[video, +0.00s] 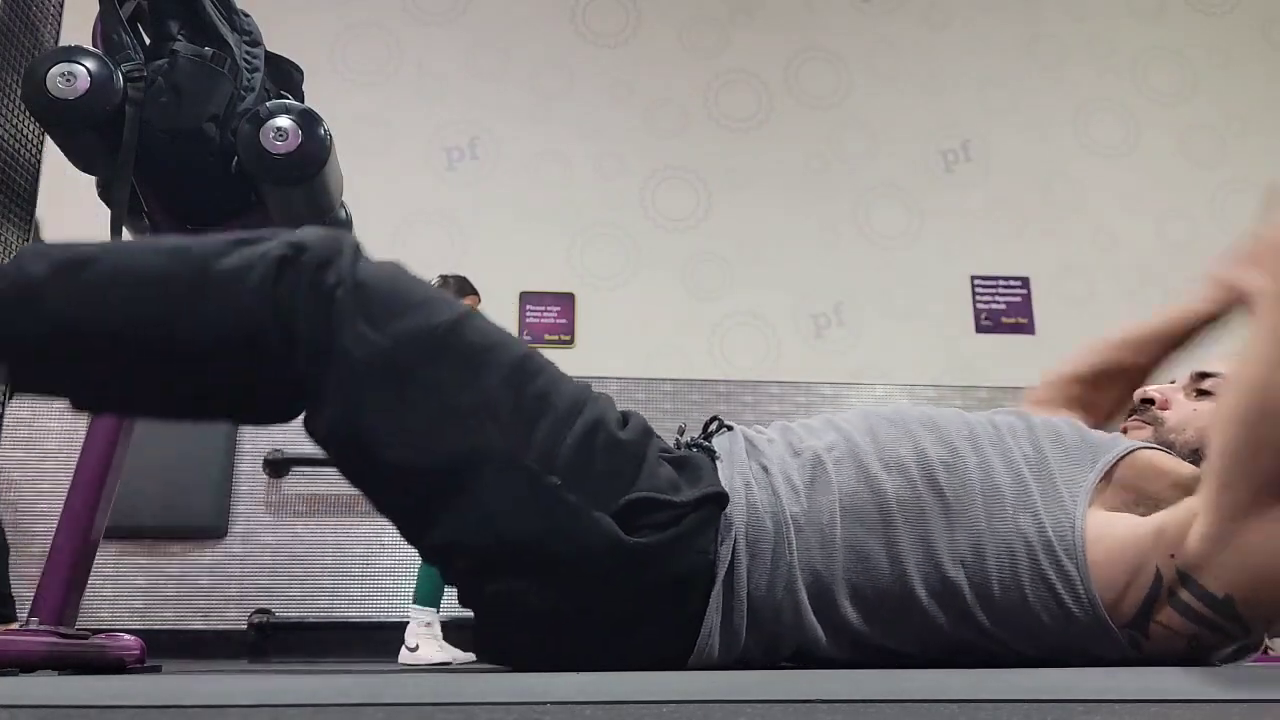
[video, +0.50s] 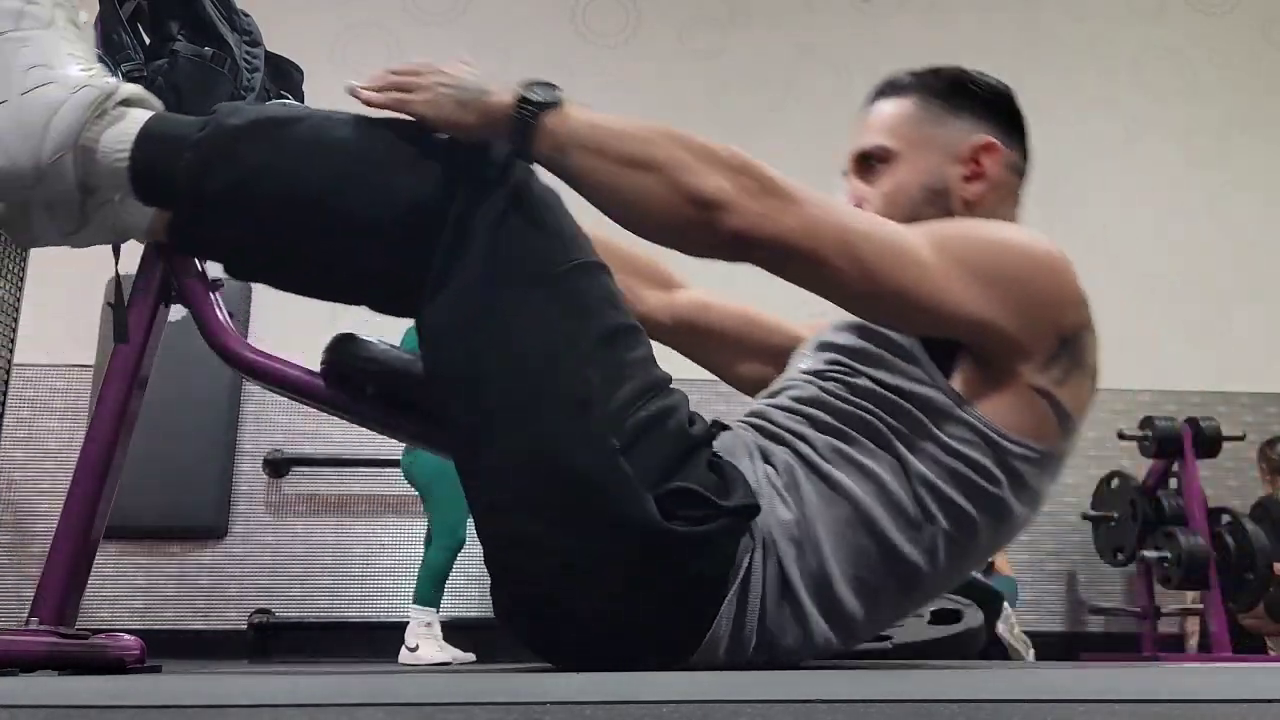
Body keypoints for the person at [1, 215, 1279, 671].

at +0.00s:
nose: (1182, 395)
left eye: (1214, 390)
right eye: (1188, 378)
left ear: (1244, 449)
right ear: (1171, 411)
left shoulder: (1190, 568)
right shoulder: (1091, 463)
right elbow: (1075, 384)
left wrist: (1244, 310)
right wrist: (1222, 294)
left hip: (671, 552)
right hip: (657, 484)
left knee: (324, 289)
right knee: (322, 296)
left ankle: (3, 303)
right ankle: (12, 311)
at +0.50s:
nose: (850, 196)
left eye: (878, 168)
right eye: (853, 175)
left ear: (984, 170)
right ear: (924, 183)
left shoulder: (1036, 287)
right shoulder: (861, 343)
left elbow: (759, 212)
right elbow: (646, 287)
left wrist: (516, 112)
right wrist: (495, 157)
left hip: (696, 570)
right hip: (643, 564)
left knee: (472, 189)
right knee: (470, 185)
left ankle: (78, 164)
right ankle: (98, 157)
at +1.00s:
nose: (889, 210)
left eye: (921, 185)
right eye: (892, 185)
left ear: (1019, 196)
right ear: (923, 214)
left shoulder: (1064, 323)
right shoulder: (883, 366)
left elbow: (798, 165)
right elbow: (699, 282)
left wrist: (635, 31)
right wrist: (605, 114)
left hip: (686, 569)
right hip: (654, 541)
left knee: (443, 196)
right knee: (438, 211)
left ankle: (75, 163)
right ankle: (95, 180)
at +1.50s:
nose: (1189, 388)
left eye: (1217, 402)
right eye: (1191, 377)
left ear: (1245, 455)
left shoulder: (1193, 569)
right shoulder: (1099, 483)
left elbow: (1266, 398)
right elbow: (1092, 395)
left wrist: (1241, 391)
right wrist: (1195, 390)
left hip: (690, 538)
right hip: (677, 510)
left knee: (247, 378)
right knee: (250, 387)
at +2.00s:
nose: (1196, 405)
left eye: (1225, 419)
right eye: (1208, 397)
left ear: (1234, 479)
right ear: (1172, 425)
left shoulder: (1177, 557)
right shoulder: (1104, 483)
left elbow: (1273, 542)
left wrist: (1245, 453)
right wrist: (1231, 440)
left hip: (658, 538)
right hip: (651, 470)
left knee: (216, 451)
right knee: (239, 440)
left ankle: (13, 523)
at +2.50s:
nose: (1086, 340)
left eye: (1129, 329)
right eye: (1100, 321)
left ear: (1224, 382)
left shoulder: (1195, 487)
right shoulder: (1040, 469)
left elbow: (951, 274)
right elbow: (833, 369)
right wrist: (738, 201)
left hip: (686, 561)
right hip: (669, 522)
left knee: (368, 265)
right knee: (381, 285)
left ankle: (23, 230)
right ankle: (68, 235)